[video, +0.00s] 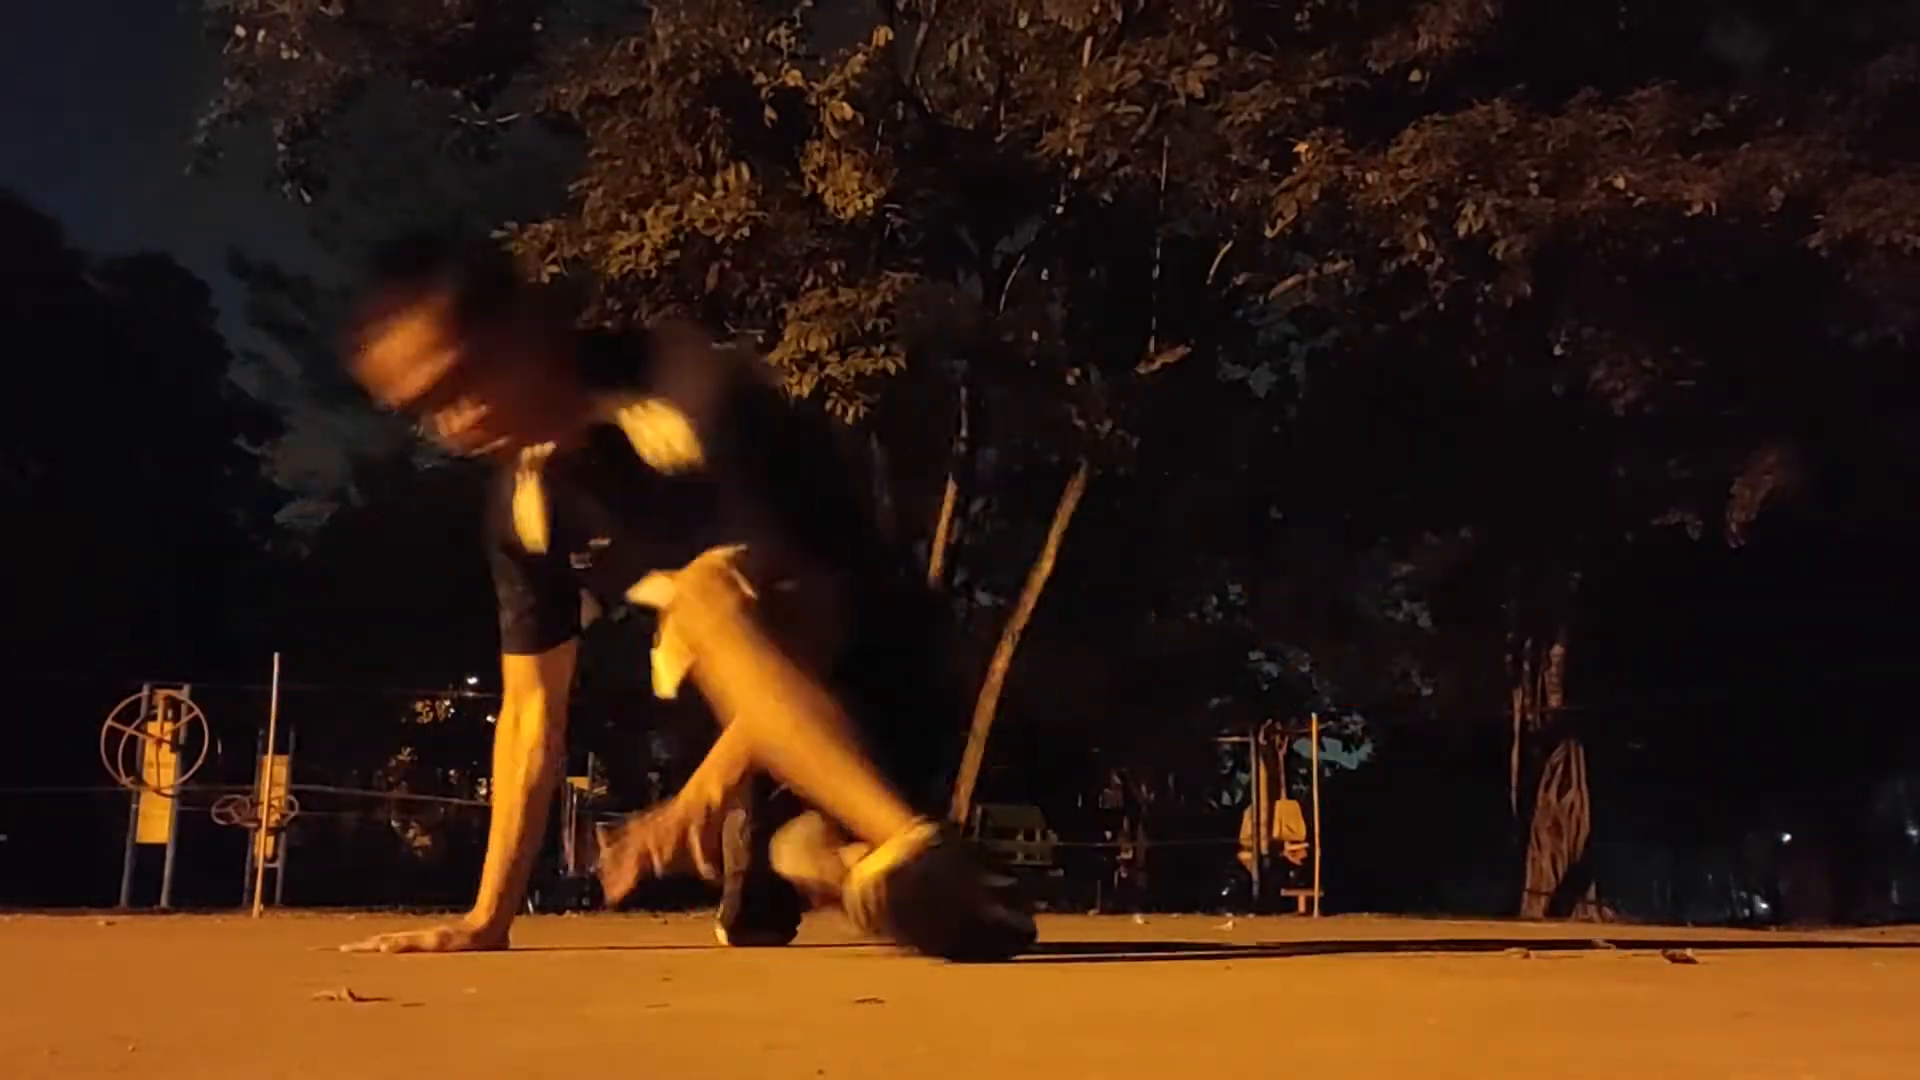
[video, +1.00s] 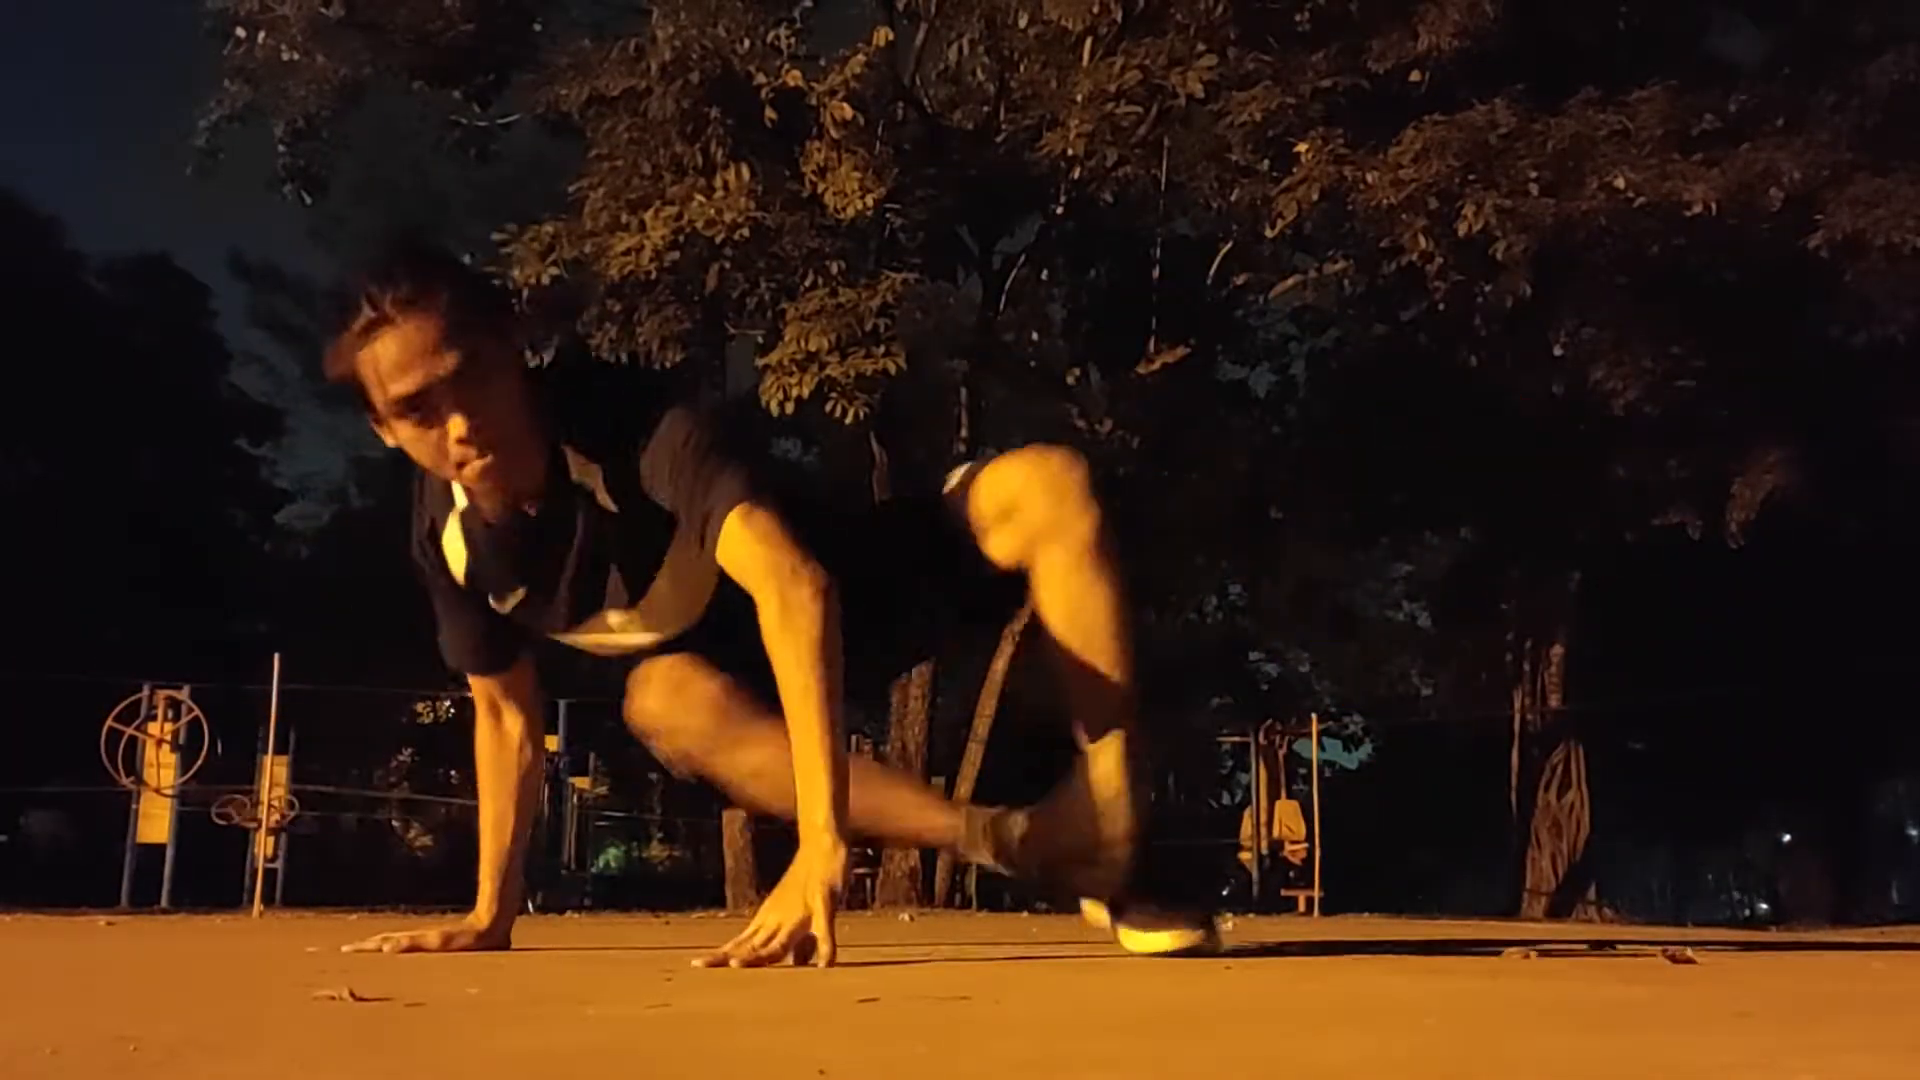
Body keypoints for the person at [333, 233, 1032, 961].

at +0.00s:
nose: (456, 426)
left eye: (459, 385)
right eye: (426, 414)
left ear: (521, 328)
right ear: (411, 419)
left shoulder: (687, 395)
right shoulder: (525, 504)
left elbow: (811, 602)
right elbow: (532, 709)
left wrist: (705, 798)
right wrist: (488, 915)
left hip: (865, 639)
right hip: (718, 689)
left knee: (797, 840)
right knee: (701, 598)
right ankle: (909, 838)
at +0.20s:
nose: (357, 488)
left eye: (355, 447)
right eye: (326, 477)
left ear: (418, 379)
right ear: (329, 477)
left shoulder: (582, 443)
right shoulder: (449, 534)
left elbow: (756, 640)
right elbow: (498, 704)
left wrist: (702, 864)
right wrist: (492, 909)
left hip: (865, 540)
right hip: (741, 611)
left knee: (1092, 775)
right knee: (639, 694)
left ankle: (1307, 565)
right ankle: (920, 865)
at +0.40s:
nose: (401, 364)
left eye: (405, 327)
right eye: (365, 358)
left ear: (461, 309)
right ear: (346, 391)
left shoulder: (600, 396)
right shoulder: (434, 525)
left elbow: (731, 608)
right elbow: (497, 720)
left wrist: (713, 857)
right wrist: (489, 914)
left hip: (808, 516)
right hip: (713, 620)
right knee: (597, 682)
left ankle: (1337, 551)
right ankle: (902, 856)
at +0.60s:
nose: (462, 342)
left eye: (471, 301)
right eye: (427, 332)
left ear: (525, 263)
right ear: (404, 348)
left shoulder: (641, 376)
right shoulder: (479, 469)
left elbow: (709, 615)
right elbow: (518, 667)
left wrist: (756, 837)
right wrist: (492, 880)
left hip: (807, 634)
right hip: (645, 673)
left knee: (1089, 508)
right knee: (433, 616)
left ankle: (1111, 879)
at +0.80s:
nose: (481, 376)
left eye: (489, 334)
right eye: (444, 363)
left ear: (541, 285)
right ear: (417, 371)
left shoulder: (664, 377)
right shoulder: (477, 487)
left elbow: (757, 595)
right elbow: (492, 701)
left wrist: (804, 833)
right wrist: (490, 913)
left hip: (782, 625)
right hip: (632, 664)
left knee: (997, 535)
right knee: (421, 591)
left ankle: (1107, 877)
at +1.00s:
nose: (457, 435)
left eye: (466, 390)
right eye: (417, 417)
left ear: (514, 352)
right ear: (389, 433)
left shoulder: (641, 422)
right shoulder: (456, 547)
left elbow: (796, 590)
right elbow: (506, 714)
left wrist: (820, 845)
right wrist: (493, 909)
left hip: (847, 566)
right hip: (733, 651)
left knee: (1051, 488)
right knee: (664, 703)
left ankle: (1125, 862)